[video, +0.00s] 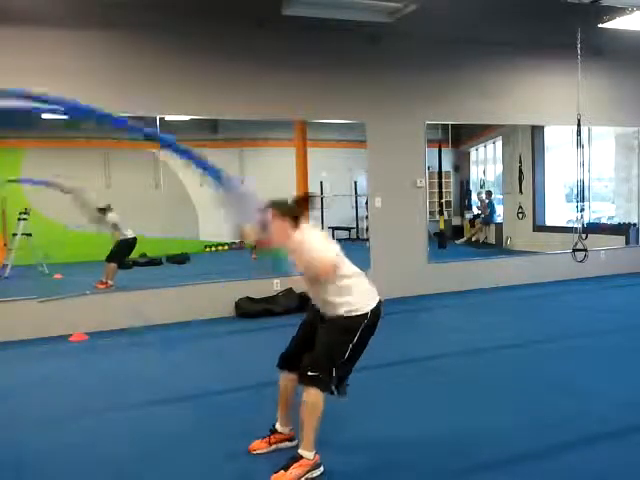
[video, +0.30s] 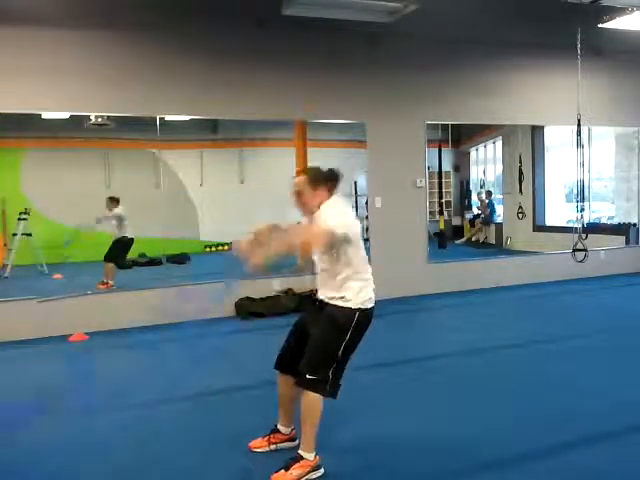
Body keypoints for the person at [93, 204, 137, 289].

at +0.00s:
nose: (100, 215)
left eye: (101, 212)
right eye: (100, 213)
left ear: (104, 211)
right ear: (108, 209)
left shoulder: (110, 217)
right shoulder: (113, 215)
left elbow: (117, 232)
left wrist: (114, 245)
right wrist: (115, 244)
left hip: (125, 239)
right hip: (130, 238)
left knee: (111, 260)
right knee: (114, 261)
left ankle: (107, 281)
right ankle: (108, 281)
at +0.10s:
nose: (94, 223)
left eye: (95, 220)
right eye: (94, 220)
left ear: (100, 220)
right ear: (101, 220)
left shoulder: (107, 226)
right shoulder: (106, 227)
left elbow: (111, 240)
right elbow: (105, 241)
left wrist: (104, 252)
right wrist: (99, 251)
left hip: (127, 242)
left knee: (109, 261)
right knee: (110, 261)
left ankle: (109, 282)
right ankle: (109, 282)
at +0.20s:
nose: (97, 216)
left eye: (99, 214)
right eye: (97, 214)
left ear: (103, 214)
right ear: (104, 214)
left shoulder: (111, 221)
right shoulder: (111, 221)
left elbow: (114, 234)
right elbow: (110, 235)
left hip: (126, 240)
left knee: (109, 260)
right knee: (110, 260)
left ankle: (108, 281)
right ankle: (108, 281)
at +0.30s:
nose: (107, 206)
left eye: (108, 204)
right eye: (107, 204)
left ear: (113, 203)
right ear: (116, 203)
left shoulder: (118, 211)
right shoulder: (118, 211)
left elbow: (111, 217)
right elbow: (110, 218)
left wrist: (102, 219)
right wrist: (102, 219)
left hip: (123, 238)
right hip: (123, 237)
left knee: (108, 258)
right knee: (109, 259)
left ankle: (109, 281)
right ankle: (107, 280)